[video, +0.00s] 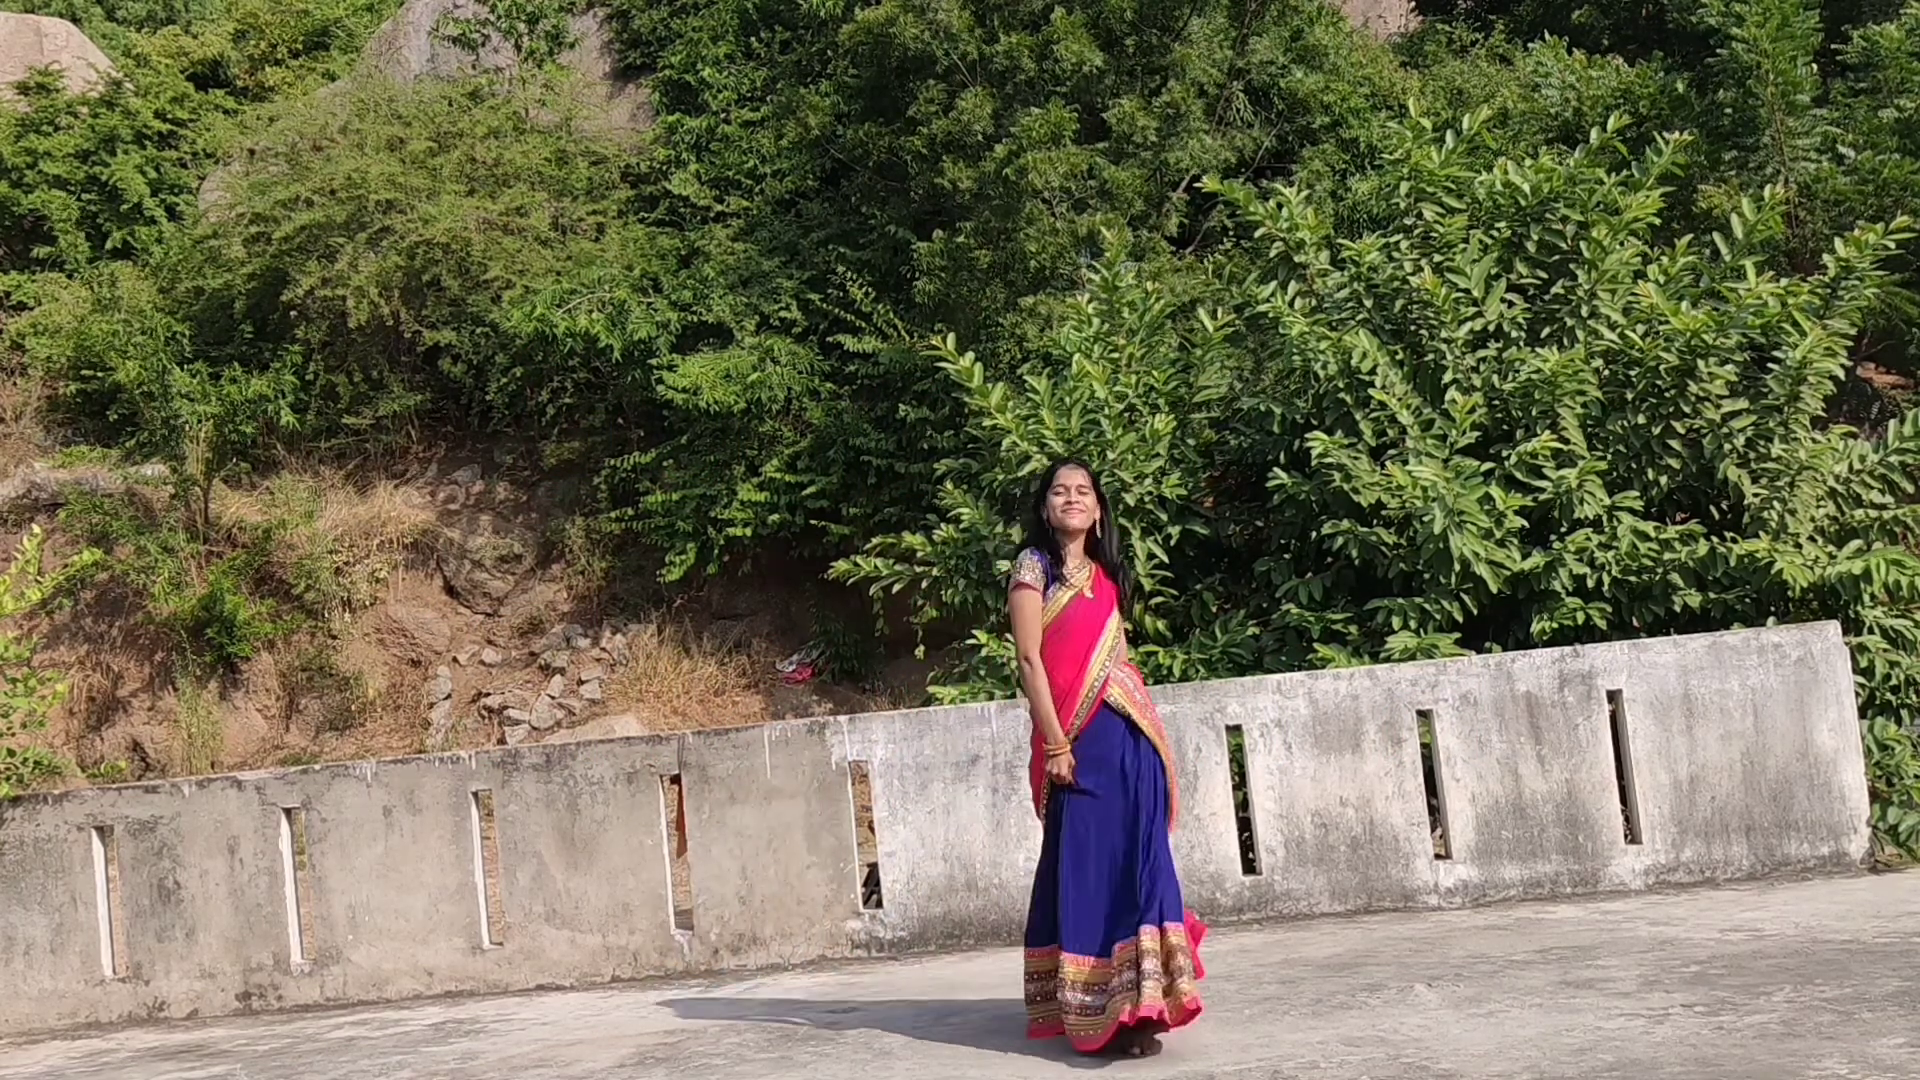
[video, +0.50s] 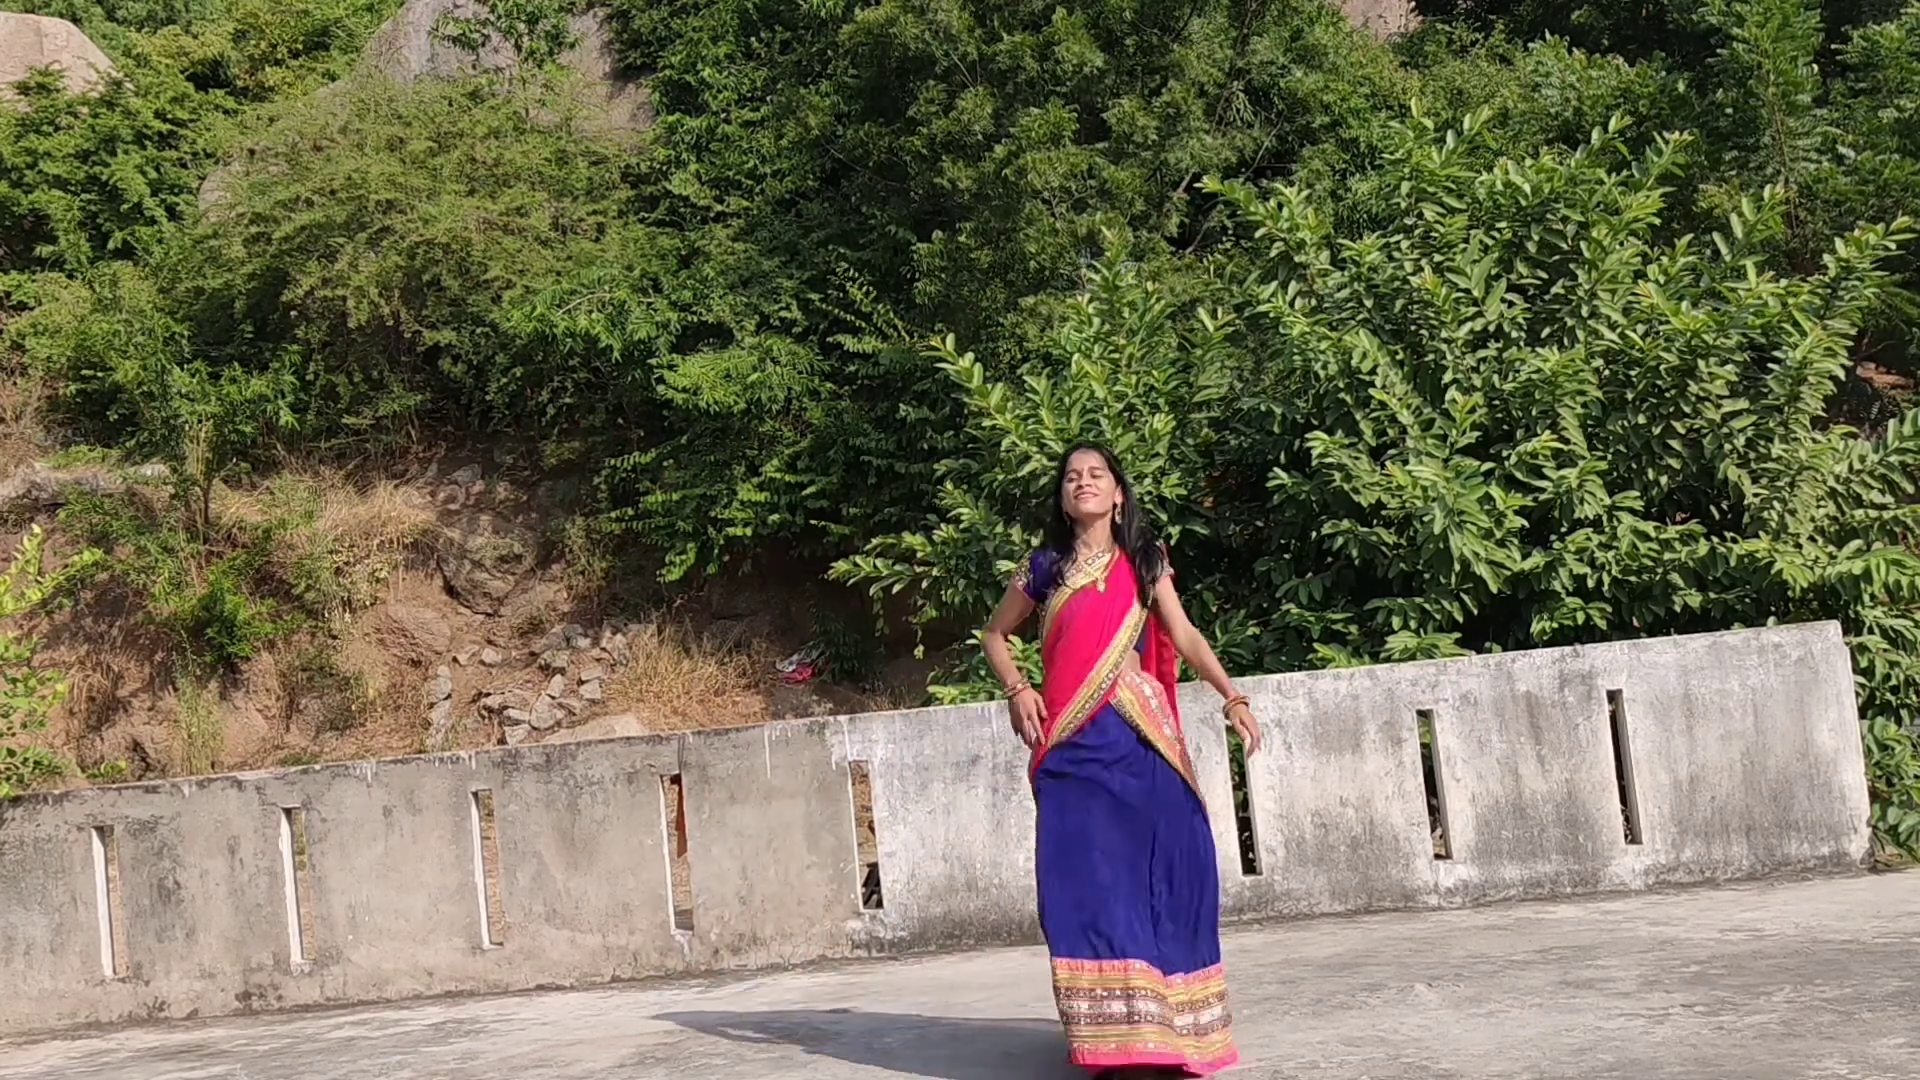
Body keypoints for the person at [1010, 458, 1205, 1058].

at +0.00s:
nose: (1072, 500)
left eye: (1082, 491)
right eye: (1061, 492)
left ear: (1099, 506)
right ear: (1044, 507)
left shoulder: (1103, 576)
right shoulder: (1034, 568)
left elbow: (1122, 662)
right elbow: (1029, 661)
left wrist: (1158, 745)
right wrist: (1055, 742)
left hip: (1134, 732)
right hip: (1083, 738)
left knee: (1141, 865)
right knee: (1091, 870)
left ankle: (1141, 1006)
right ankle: (1101, 1012)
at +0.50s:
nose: (1084, 483)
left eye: (1096, 475)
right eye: (1073, 477)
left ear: (1120, 493)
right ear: (1061, 497)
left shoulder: (1143, 560)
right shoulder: (1044, 567)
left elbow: (1185, 635)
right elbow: (994, 635)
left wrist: (1232, 697)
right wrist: (1016, 690)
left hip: (1143, 746)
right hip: (1071, 751)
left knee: (1161, 881)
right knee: (1088, 888)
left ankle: (1169, 1031)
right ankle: (1109, 1037)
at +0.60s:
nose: (1075, 481)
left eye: (1088, 472)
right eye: (1067, 475)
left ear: (1117, 489)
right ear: (1059, 495)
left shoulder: (1150, 551)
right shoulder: (1050, 564)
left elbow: (1188, 634)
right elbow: (975, 625)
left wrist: (1222, 709)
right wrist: (1018, 627)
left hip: (1143, 729)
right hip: (1077, 736)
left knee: (1148, 875)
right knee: (1095, 879)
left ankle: (1164, 1028)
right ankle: (1109, 1032)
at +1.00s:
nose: (1102, 504)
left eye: (1116, 493)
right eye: (1100, 493)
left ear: (1153, 497)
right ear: (1104, 502)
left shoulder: (1192, 538)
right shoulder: (1118, 579)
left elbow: (1192, 599)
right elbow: (1035, 636)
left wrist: (1157, 645)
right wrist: (970, 590)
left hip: (1186, 732)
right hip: (1127, 736)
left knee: (1203, 878)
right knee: (1125, 881)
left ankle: (1262, 1039)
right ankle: (1143, 1047)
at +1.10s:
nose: (1120, 506)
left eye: (1132, 493)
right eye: (1116, 495)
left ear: (1169, 491)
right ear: (1123, 501)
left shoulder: (1207, 528)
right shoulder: (1141, 568)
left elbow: (1172, 587)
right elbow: (1060, 618)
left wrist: (1090, 611)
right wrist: (962, 629)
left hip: (1209, 721)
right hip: (1151, 726)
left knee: (1225, 873)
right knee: (1143, 877)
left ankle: (1253, 1040)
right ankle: (1147, 1045)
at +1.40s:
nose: (1145, 512)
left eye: (1157, 498)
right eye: (1141, 500)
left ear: (1194, 494)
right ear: (1149, 503)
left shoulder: (1229, 526)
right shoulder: (1166, 571)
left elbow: (1154, 557)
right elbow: (1100, 637)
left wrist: (1064, 565)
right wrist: (1020, 609)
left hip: (1230, 722)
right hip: (1172, 728)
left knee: (1242, 877)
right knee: (1154, 880)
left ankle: (1270, 1045)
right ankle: (1154, 1050)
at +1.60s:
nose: (1149, 508)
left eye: (1161, 495)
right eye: (1145, 496)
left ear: (1199, 494)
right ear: (1149, 505)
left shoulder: (1235, 535)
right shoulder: (1170, 571)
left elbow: (1225, 534)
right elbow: (1142, 656)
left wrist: (1137, 526)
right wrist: (1109, 584)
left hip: (1237, 721)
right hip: (1175, 728)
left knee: (1248, 874)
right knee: (1164, 876)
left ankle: (1271, 1039)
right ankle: (1180, 1044)